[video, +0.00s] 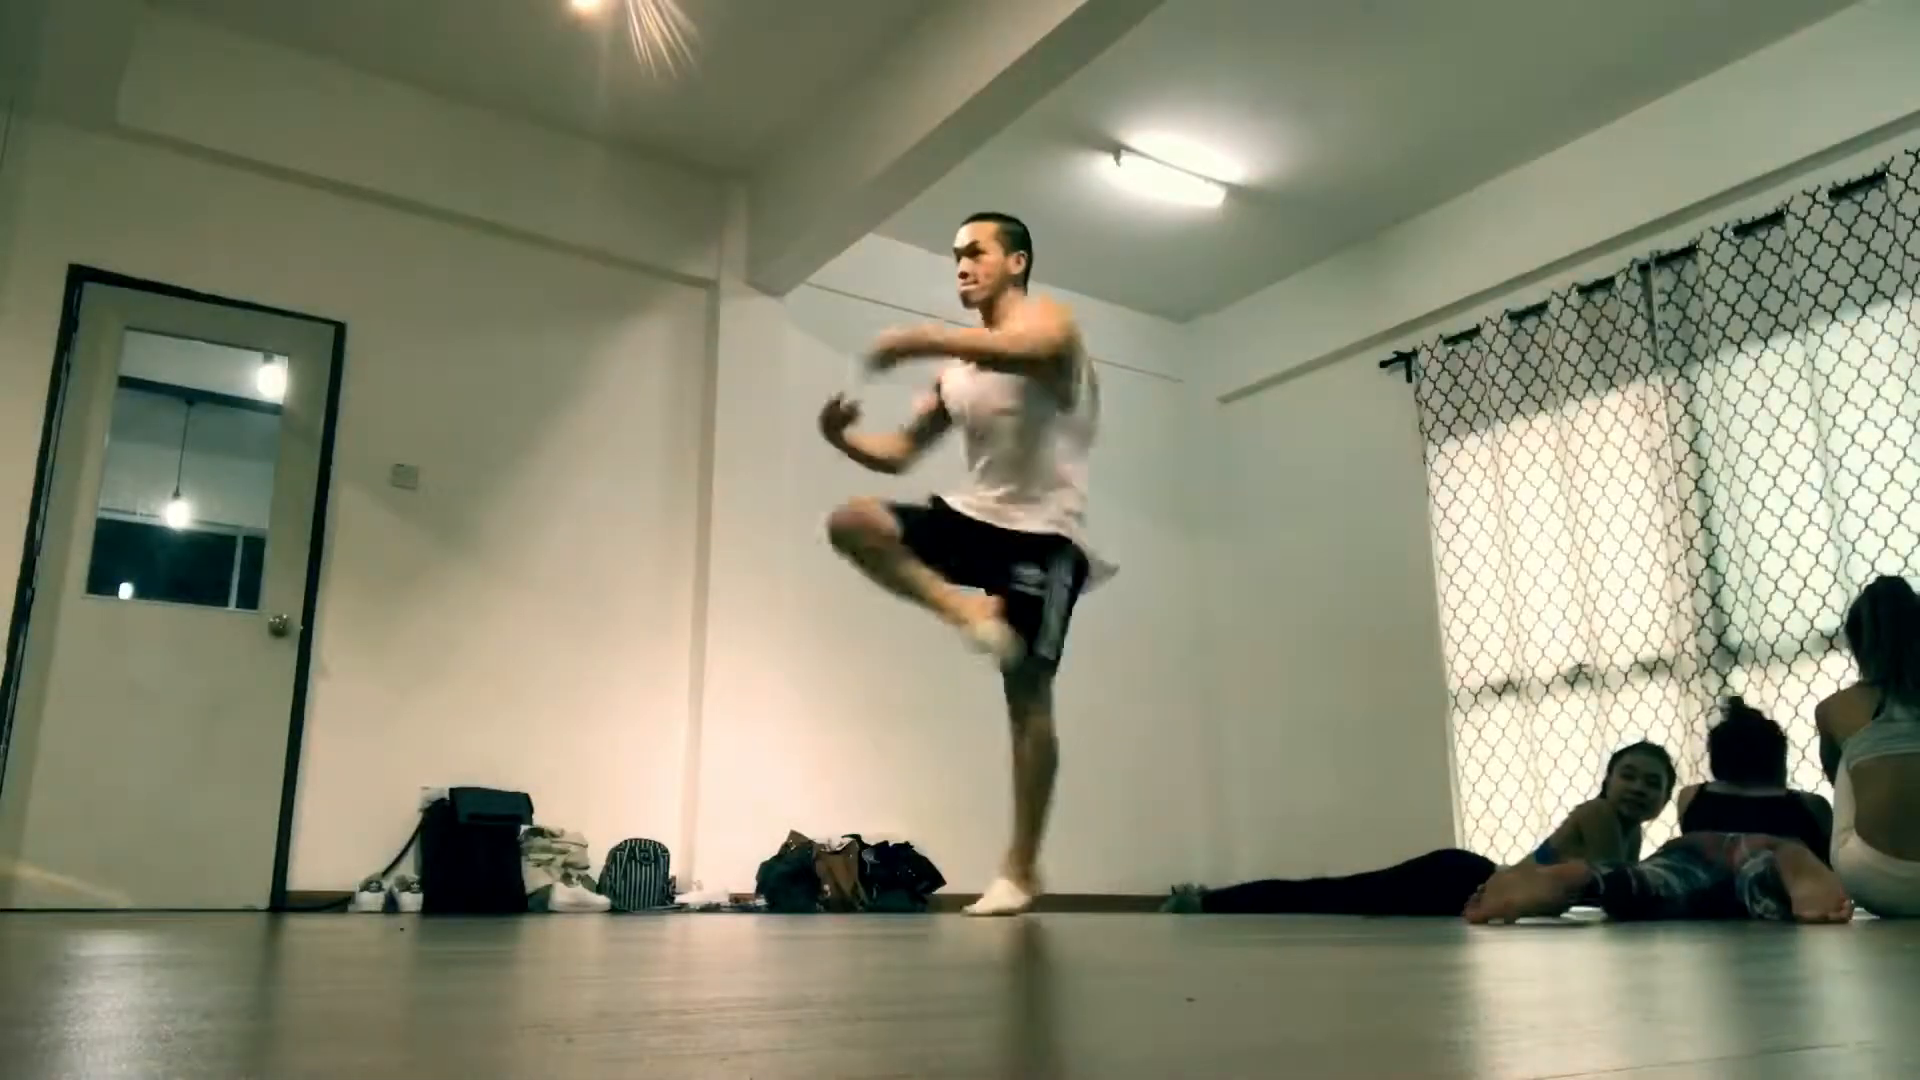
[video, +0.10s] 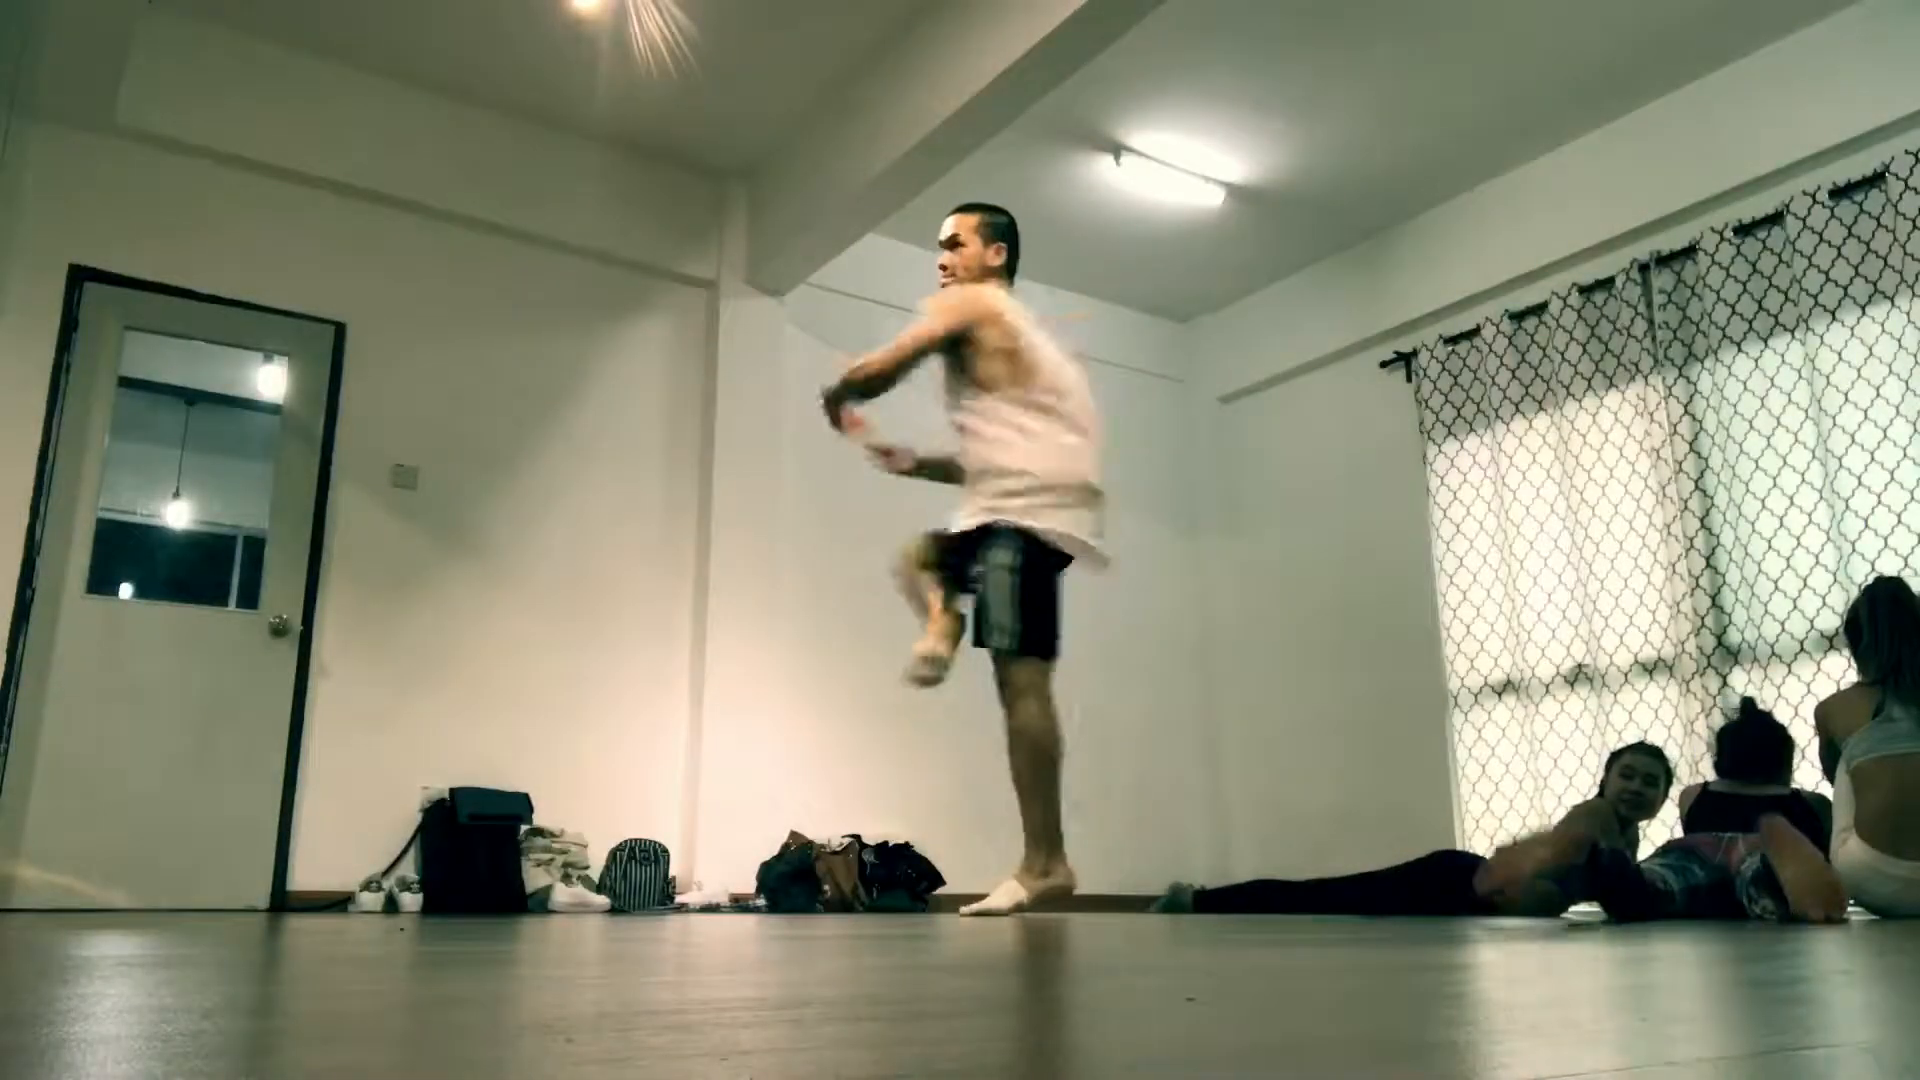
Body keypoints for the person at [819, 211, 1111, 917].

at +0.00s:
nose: (961, 266)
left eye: (976, 253)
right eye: (958, 256)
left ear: (1017, 262)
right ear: (961, 273)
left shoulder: (1051, 318)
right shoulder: (960, 368)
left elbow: (1034, 348)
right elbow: (900, 450)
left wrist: (924, 339)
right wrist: (845, 436)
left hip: (1042, 533)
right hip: (970, 521)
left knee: (1027, 700)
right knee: (849, 523)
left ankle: (1020, 873)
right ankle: (970, 611)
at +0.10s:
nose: (941, 257)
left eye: (955, 245)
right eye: (941, 246)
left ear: (996, 255)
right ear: (991, 263)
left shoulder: (973, 301)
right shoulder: (1014, 331)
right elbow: (1001, 458)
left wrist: (838, 396)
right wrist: (915, 462)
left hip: (1022, 505)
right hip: (1032, 506)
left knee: (1025, 691)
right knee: (920, 555)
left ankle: (1043, 865)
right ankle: (941, 624)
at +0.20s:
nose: (928, 254)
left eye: (935, 243)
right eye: (933, 241)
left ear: (951, 251)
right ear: (998, 259)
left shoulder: (911, 322)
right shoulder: (1041, 333)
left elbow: (865, 417)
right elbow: (1100, 424)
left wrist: (921, 444)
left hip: (969, 525)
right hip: (1060, 524)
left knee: (989, 685)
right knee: (1019, 593)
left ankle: (1015, 860)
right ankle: (952, 663)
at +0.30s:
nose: (1004, 249)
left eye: (998, 236)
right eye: (994, 237)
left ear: (938, 260)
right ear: (972, 249)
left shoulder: (903, 350)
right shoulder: (995, 313)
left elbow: (957, 445)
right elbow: (1115, 364)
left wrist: (1044, 421)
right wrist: (1123, 388)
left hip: (935, 532)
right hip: (1007, 496)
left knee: (956, 682)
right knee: (1131, 523)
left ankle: (968, 854)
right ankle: (1024, 638)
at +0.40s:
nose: (957, 245)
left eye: (970, 234)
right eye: (943, 239)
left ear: (996, 253)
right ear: (933, 262)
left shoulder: (1006, 347)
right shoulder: (938, 311)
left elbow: (1055, 420)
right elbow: (1019, 331)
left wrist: (1119, 389)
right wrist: (1109, 327)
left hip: (960, 512)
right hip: (952, 475)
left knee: (962, 680)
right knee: (1111, 484)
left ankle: (937, 852)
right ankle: (1098, 637)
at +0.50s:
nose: (943, 279)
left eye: (956, 265)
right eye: (937, 270)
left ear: (997, 273)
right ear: (937, 286)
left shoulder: (1043, 355)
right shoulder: (926, 337)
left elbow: (1112, 414)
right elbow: (900, 381)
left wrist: (1165, 413)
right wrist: (918, 367)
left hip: (1002, 519)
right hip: (926, 514)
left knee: (982, 698)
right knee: (1021, 483)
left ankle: (953, 872)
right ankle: (1162, 602)